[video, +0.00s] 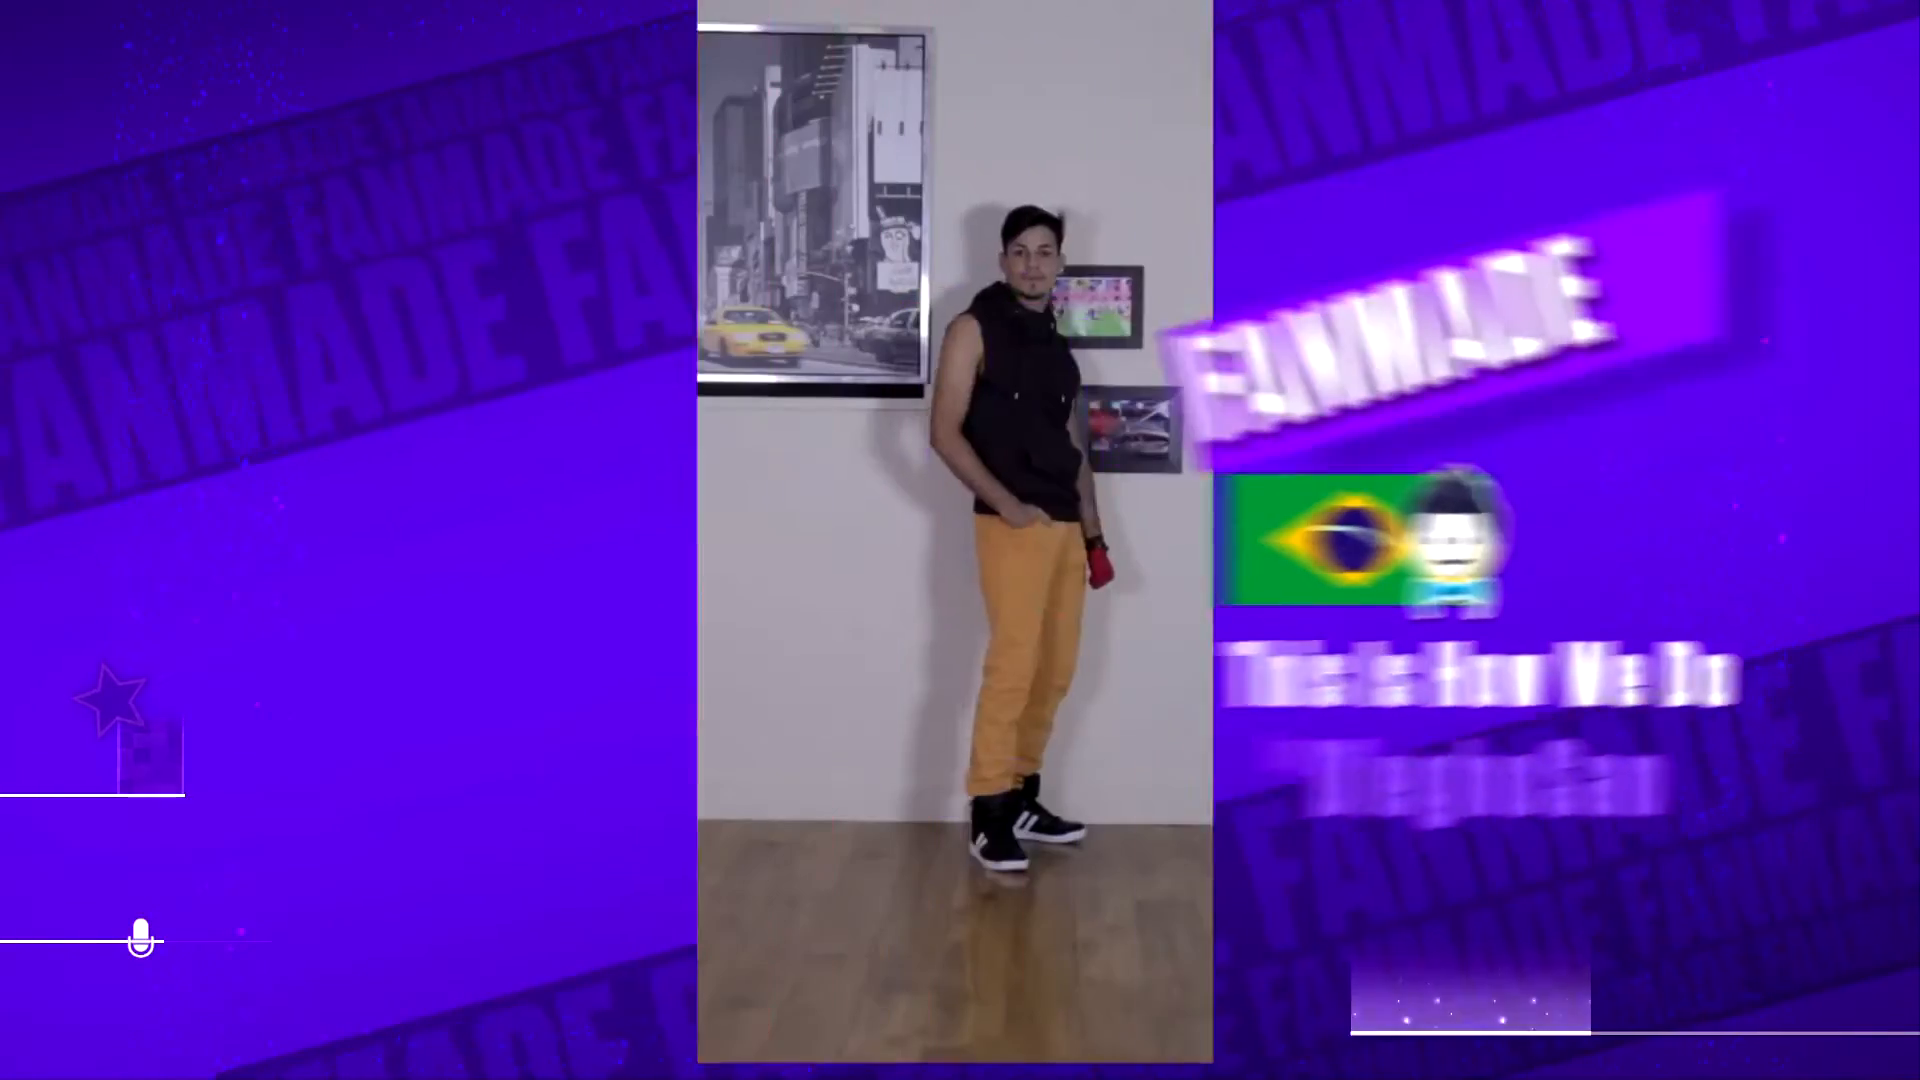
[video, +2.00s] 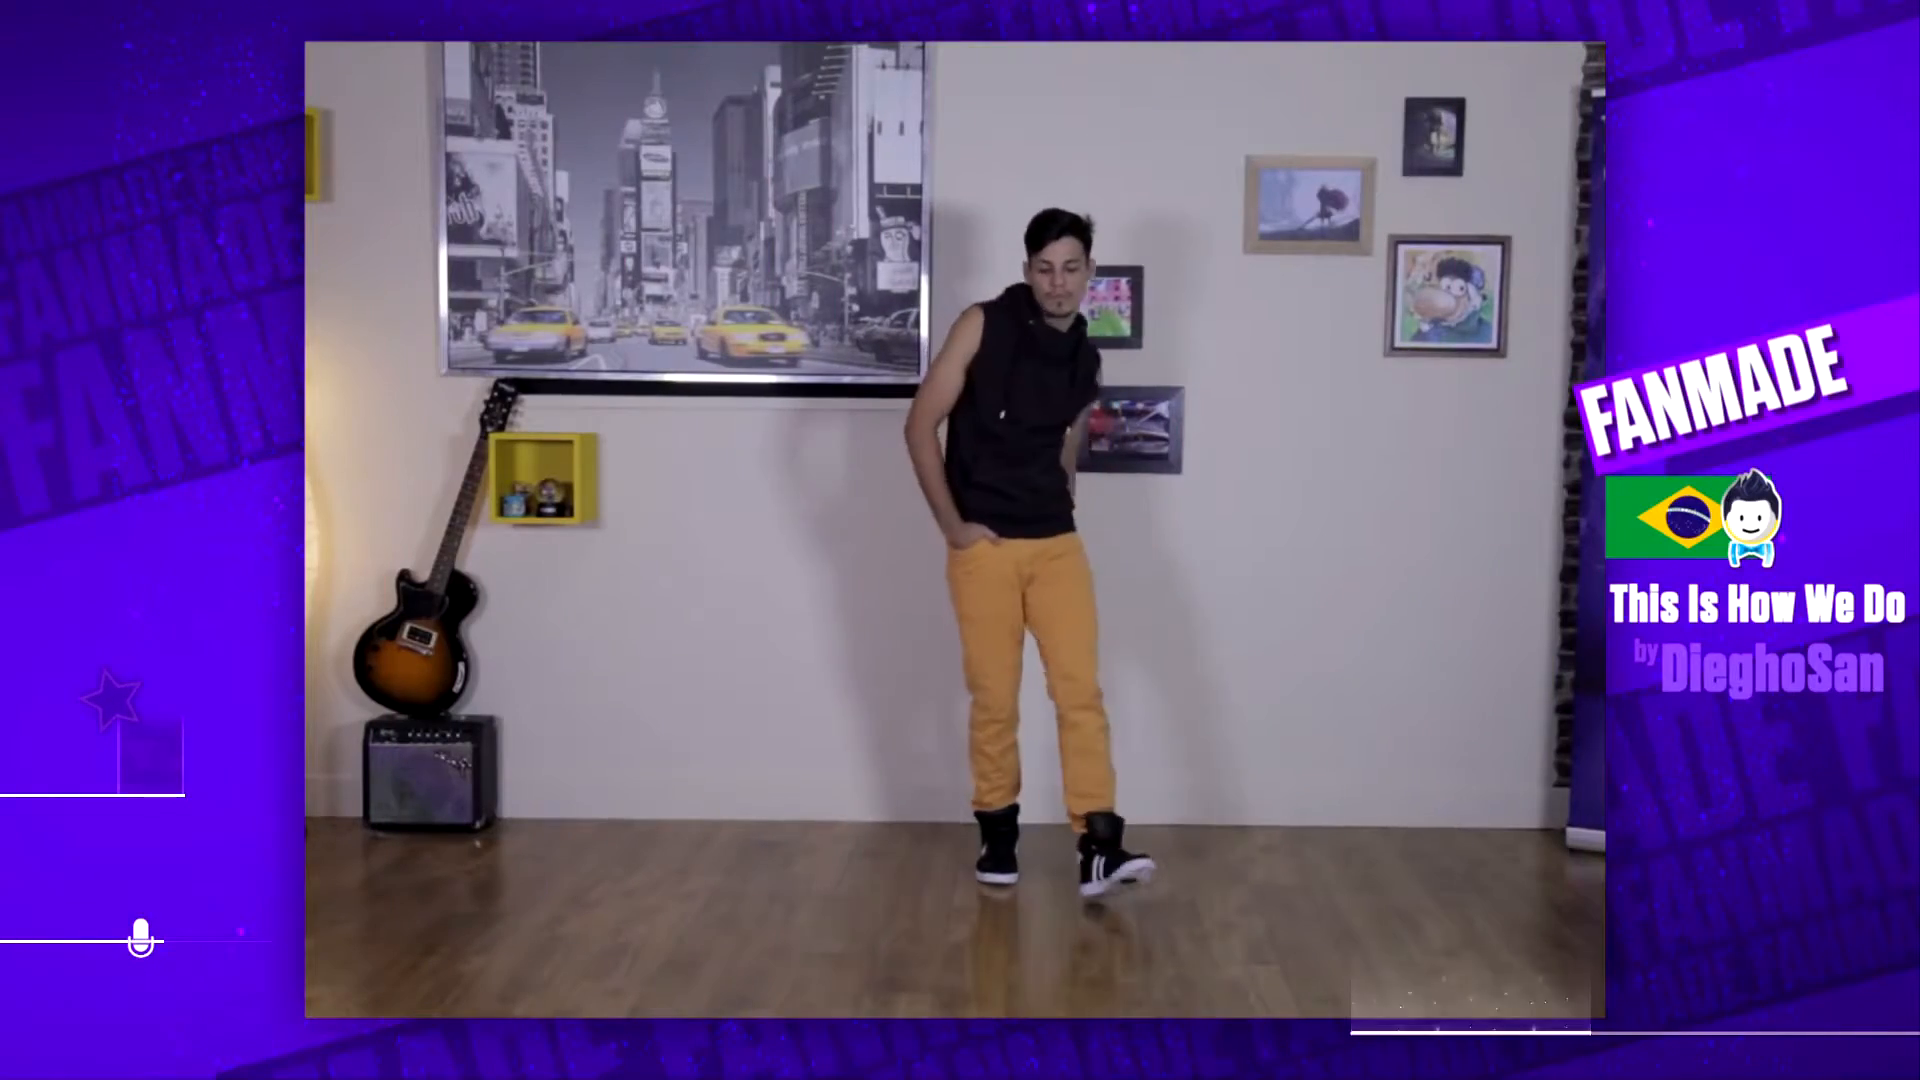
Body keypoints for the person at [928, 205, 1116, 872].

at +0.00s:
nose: (1034, 263)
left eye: (1045, 252)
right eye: (1022, 252)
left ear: (1059, 262)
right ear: (1002, 259)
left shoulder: (1055, 342)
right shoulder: (974, 328)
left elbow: (1075, 447)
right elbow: (943, 434)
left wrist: (1093, 534)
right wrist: (1007, 504)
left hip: (1068, 523)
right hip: (1013, 523)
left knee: (1053, 671)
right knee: (1011, 668)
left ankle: (1021, 803)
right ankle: (989, 817)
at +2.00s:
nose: (1057, 281)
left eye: (1071, 268)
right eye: (1045, 268)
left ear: (1089, 273)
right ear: (1027, 269)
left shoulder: (1084, 356)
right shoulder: (983, 325)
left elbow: (1069, 445)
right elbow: (920, 427)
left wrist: (1060, 511)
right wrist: (954, 527)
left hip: (1056, 543)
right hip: (985, 545)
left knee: (1079, 692)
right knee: (995, 699)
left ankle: (1099, 847)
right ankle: (998, 839)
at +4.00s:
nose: (1125, 243)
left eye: (1143, 233)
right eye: (1116, 229)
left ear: (1171, 249)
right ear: (1103, 237)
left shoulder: (1169, 347)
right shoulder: (1053, 305)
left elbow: (1174, 460)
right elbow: (982, 415)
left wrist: (1187, 564)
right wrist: (1022, 522)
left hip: (1128, 562)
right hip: (1047, 552)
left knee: (1109, 723)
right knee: (1021, 718)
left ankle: (1096, 881)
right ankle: (986, 887)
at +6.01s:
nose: (1002, 254)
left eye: (1015, 237)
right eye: (988, 243)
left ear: (1048, 232)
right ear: (978, 249)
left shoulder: (1103, 309)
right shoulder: (992, 335)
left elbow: (1078, 428)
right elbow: (974, 444)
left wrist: (1013, 340)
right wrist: (957, 515)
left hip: (1087, 565)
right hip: (995, 559)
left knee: (1132, 741)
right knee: (981, 739)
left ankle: (1179, 903)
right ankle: (969, 901)